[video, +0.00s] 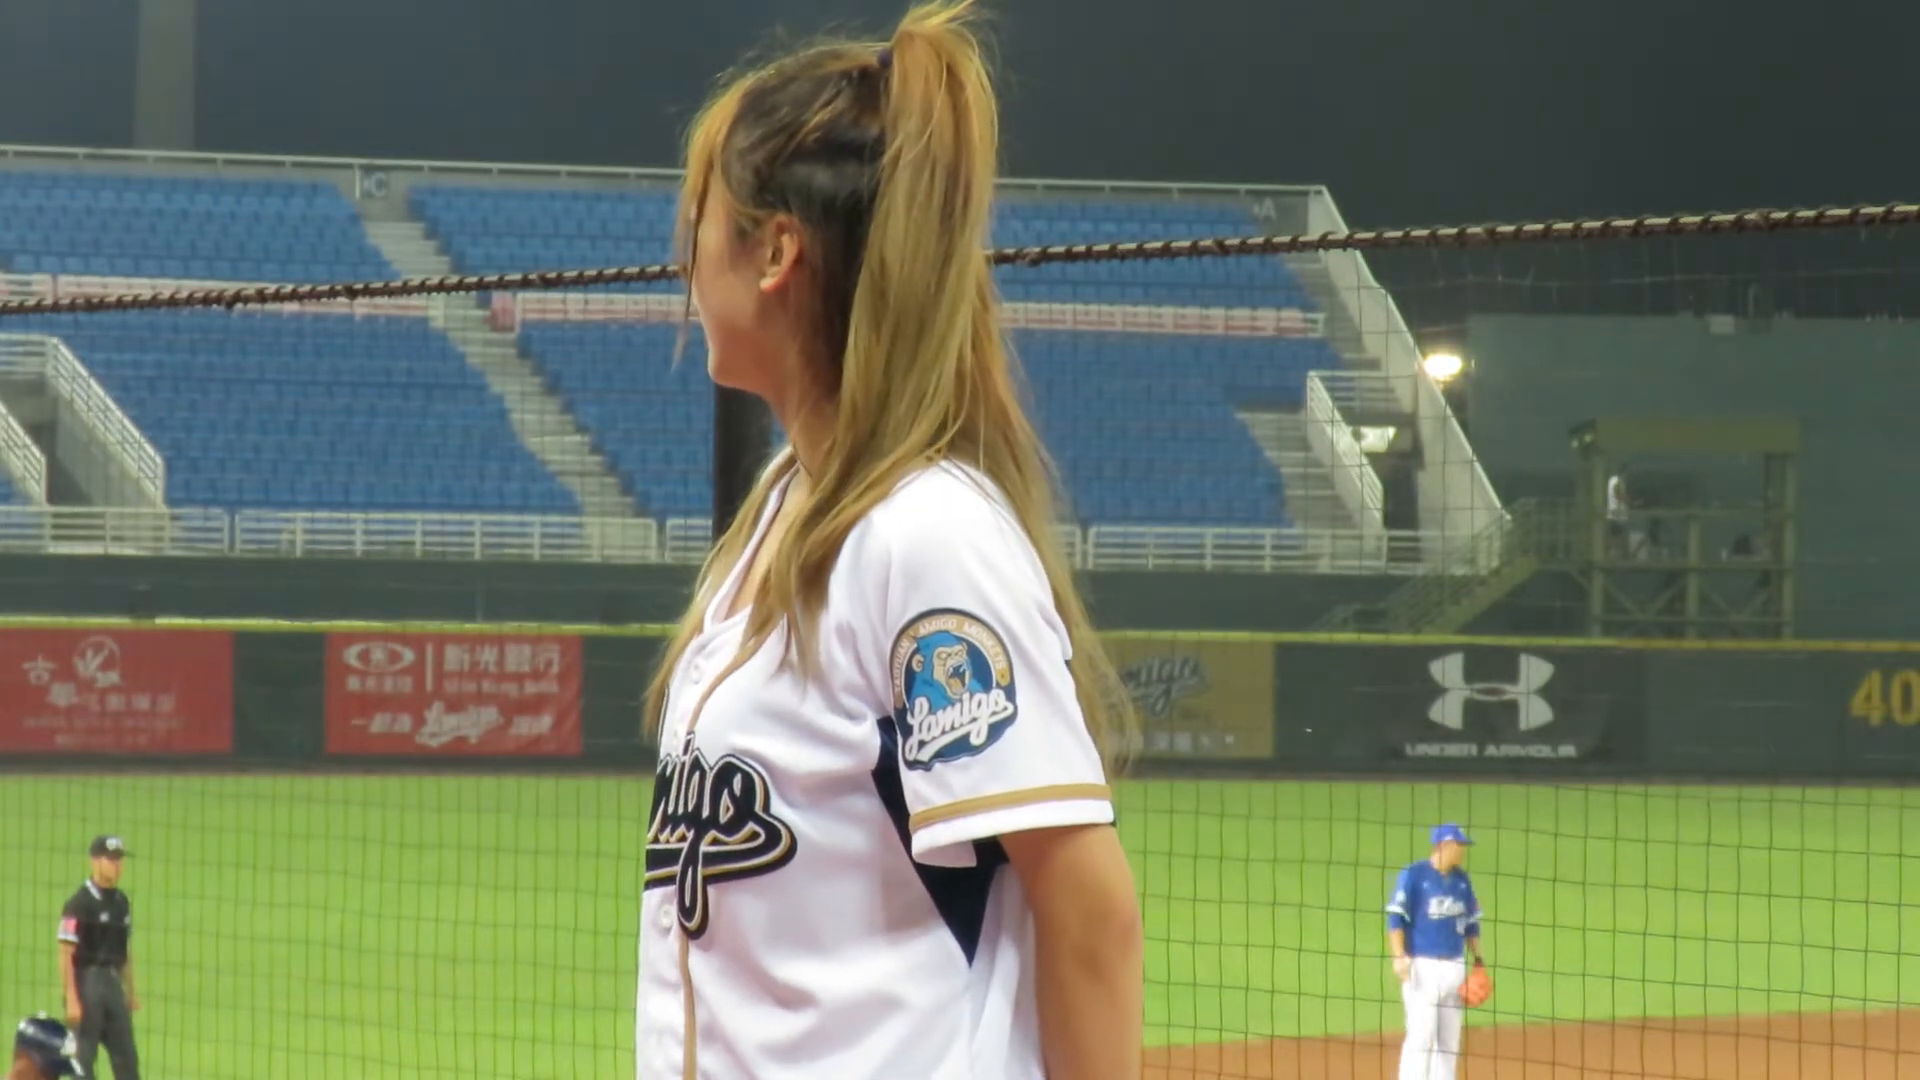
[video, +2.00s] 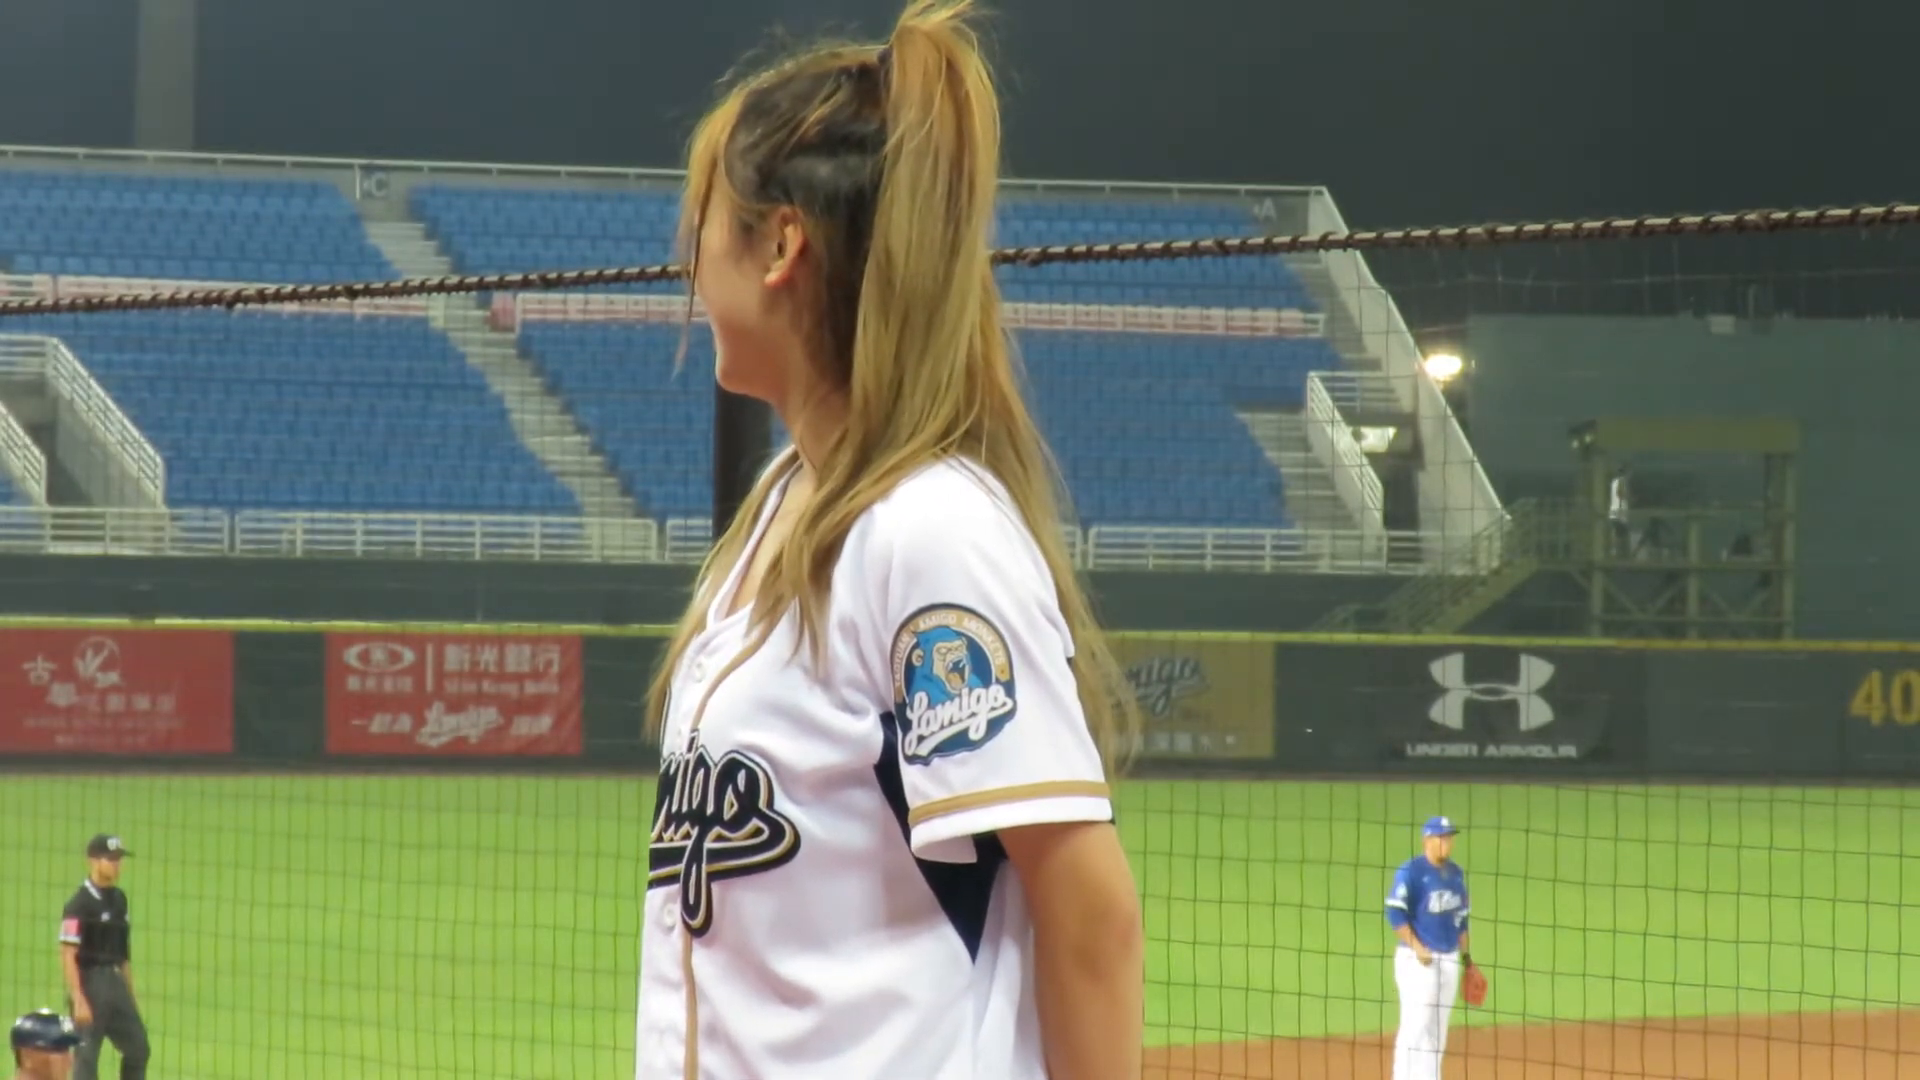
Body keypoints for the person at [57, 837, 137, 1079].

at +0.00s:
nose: (116, 865)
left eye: (119, 859)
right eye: (110, 859)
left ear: (122, 862)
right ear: (95, 860)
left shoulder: (121, 901)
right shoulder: (78, 903)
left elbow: (123, 952)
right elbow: (66, 954)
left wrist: (129, 990)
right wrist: (72, 1000)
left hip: (114, 973)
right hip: (87, 973)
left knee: (125, 1054)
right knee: (84, 1053)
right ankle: (81, 1074)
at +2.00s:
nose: (117, 865)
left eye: (118, 859)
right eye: (111, 859)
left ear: (119, 861)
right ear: (94, 860)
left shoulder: (118, 898)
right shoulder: (79, 903)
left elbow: (122, 955)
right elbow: (68, 955)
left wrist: (129, 995)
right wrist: (78, 1000)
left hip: (114, 975)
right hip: (89, 975)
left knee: (138, 1049)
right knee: (86, 1055)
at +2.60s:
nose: (134, 860)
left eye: (134, 854)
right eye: (129, 854)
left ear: (124, 857)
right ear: (113, 856)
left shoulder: (125, 893)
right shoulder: (100, 896)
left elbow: (129, 946)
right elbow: (90, 948)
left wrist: (142, 984)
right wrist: (113, 989)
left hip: (127, 970)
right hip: (109, 971)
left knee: (123, 1047)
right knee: (106, 1049)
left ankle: (117, 1074)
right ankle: (100, 1074)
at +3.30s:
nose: (145, 862)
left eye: (145, 856)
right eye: (141, 855)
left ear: (129, 857)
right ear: (122, 855)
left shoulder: (127, 892)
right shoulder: (102, 894)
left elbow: (117, 936)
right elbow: (89, 944)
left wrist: (139, 945)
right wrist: (95, 989)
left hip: (121, 967)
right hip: (104, 967)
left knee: (118, 1044)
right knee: (103, 1043)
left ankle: (111, 1074)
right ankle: (90, 1075)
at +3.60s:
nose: (126, 860)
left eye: (127, 854)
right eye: (121, 854)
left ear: (123, 858)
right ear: (103, 855)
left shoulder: (119, 895)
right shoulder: (85, 895)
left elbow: (126, 933)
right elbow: (73, 947)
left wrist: (127, 935)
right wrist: (79, 991)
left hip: (112, 967)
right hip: (92, 967)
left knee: (110, 1047)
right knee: (84, 1044)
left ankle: (106, 1074)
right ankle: (68, 1075)